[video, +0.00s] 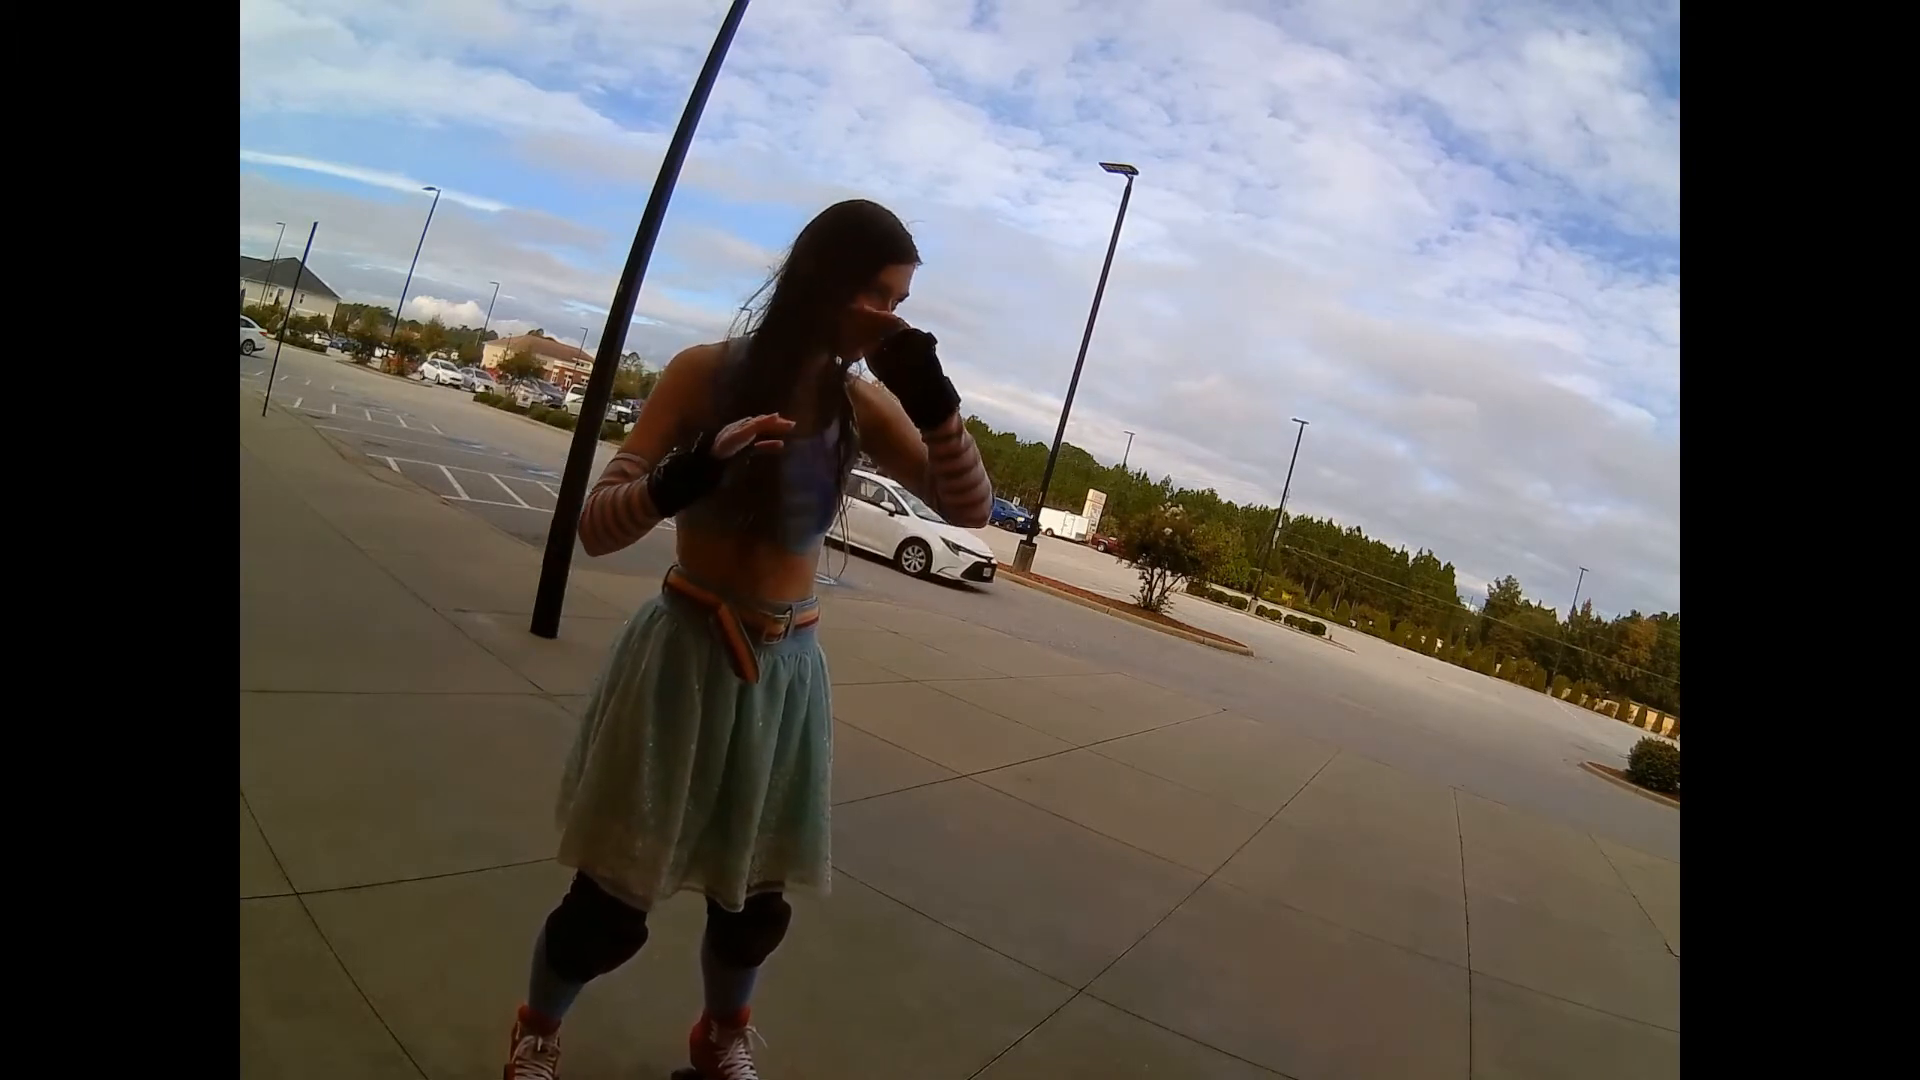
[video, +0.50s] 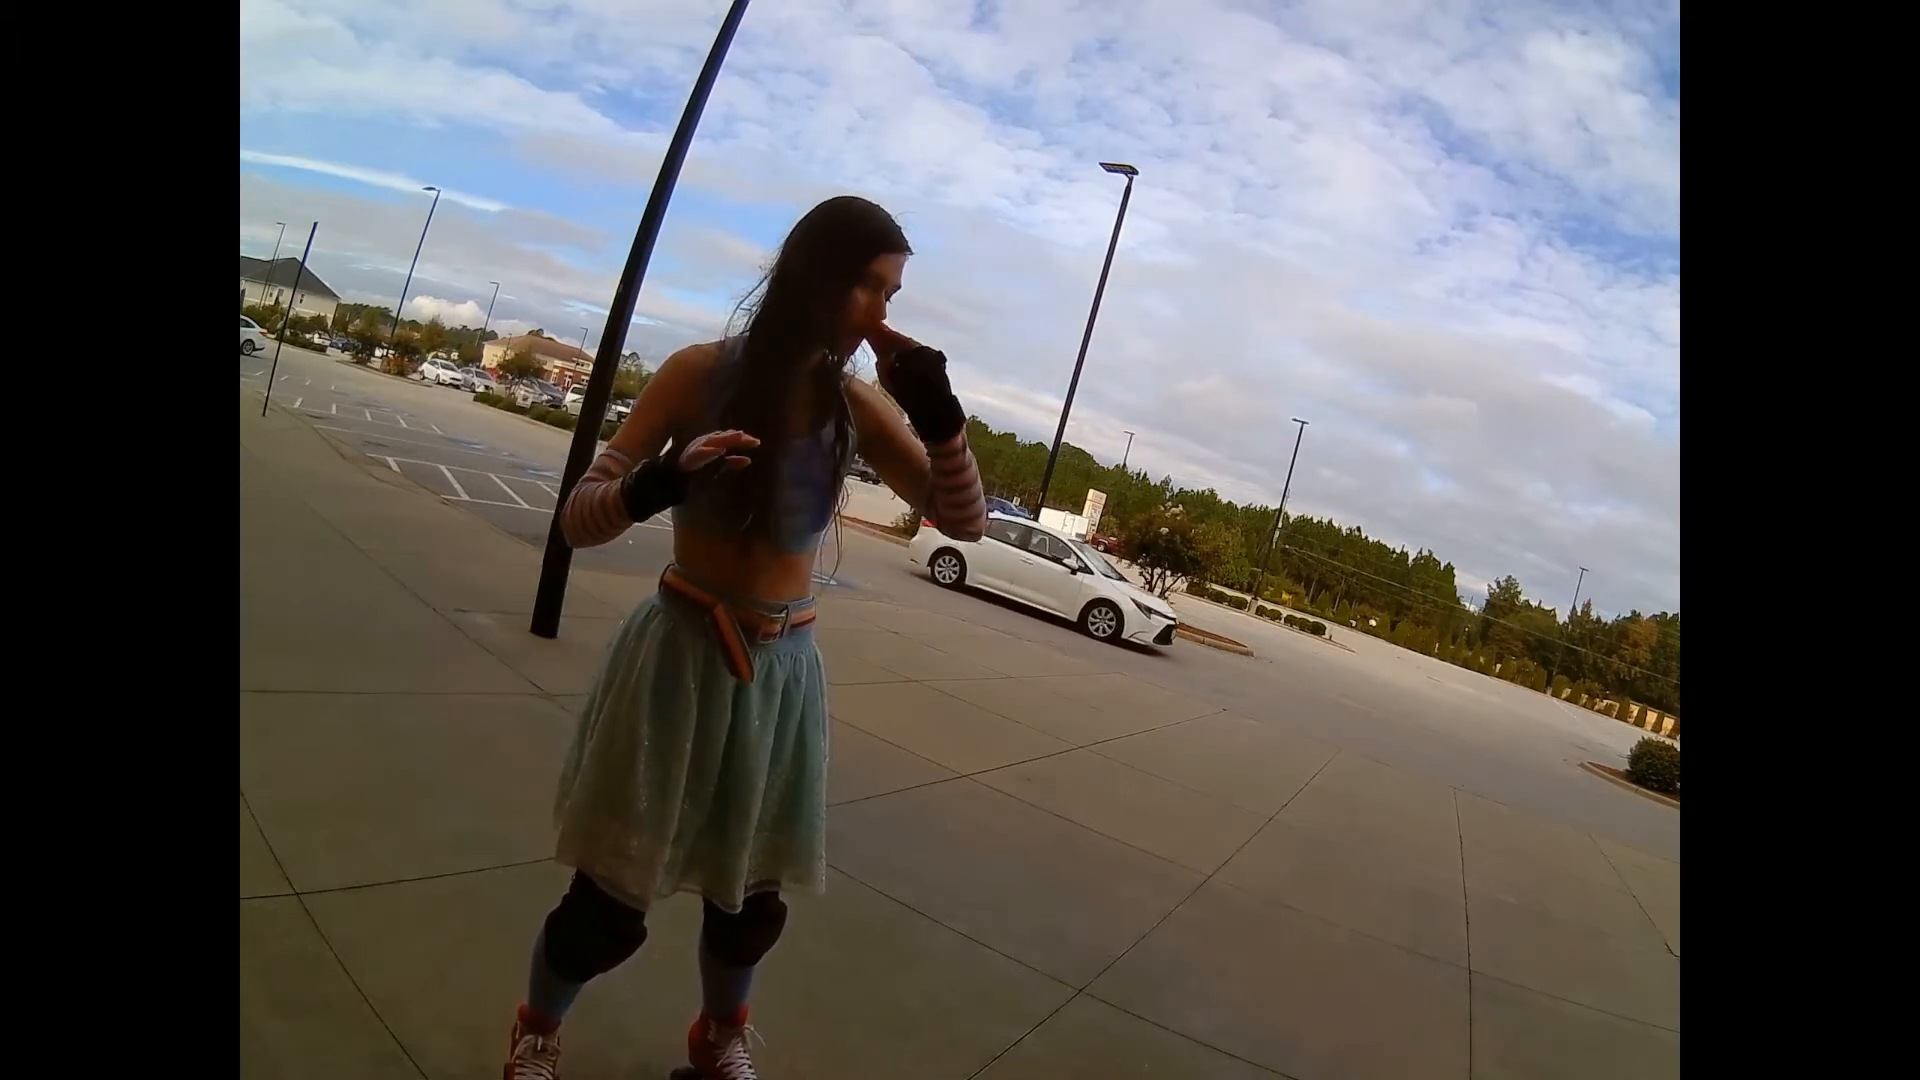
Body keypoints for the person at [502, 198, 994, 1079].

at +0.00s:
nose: (893, 318)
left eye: (902, 300)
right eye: (882, 296)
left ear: (894, 307)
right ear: (825, 286)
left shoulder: (857, 399)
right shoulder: (705, 378)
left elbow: (966, 507)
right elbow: (598, 529)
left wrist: (931, 393)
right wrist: (701, 464)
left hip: (788, 665)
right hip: (682, 649)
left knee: (756, 908)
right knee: (611, 909)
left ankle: (724, 1039)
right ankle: (537, 1034)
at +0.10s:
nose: (893, 317)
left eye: (902, 299)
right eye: (881, 295)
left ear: (889, 306)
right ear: (825, 286)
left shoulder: (855, 401)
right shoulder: (705, 377)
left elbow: (973, 504)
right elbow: (585, 522)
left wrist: (934, 391)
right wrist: (683, 463)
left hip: (787, 664)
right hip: (682, 648)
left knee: (755, 908)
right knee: (611, 909)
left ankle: (725, 1041)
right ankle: (538, 1033)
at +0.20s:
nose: (891, 318)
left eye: (899, 300)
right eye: (880, 296)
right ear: (823, 285)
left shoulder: (851, 400)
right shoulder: (702, 377)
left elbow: (973, 500)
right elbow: (578, 519)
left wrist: (936, 390)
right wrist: (670, 465)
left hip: (786, 665)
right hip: (682, 649)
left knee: (755, 910)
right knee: (611, 909)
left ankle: (725, 1042)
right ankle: (538, 1031)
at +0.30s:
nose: (889, 318)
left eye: (898, 300)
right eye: (879, 295)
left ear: (883, 306)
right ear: (822, 283)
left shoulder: (851, 400)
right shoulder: (700, 377)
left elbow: (974, 504)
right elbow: (575, 519)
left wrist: (937, 393)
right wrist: (665, 468)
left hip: (785, 665)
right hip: (681, 649)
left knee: (754, 909)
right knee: (611, 909)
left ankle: (723, 1041)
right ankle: (538, 1033)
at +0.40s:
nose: (888, 319)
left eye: (896, 300)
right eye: (878, 295)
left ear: (880, 303)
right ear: (822, 281)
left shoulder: (852, 404)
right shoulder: (701, 377)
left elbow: (971, 508)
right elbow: (574, 520)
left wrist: (934, 393)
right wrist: (664, 470)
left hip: (785, 665)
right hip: (680, 649)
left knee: (752, 909)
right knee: (610, 909)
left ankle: (722, 1043)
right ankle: (537, 1039)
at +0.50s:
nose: (885, 313)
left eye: (893, 294)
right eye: (876, 289)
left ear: (873, 297)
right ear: (821, 278)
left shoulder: (851, 400)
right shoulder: (700, 377)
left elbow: (962, 517)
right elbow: (578, 520)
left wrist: (935, 407)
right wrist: (662, 480)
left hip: (784, 663)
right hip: (679, 648)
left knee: (751, 908)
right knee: (608, 909)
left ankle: (722, 1042)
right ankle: (537, 1036)